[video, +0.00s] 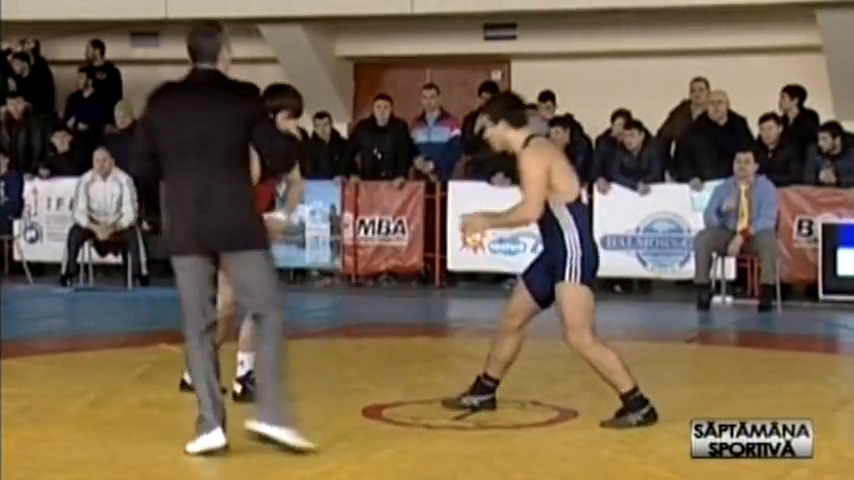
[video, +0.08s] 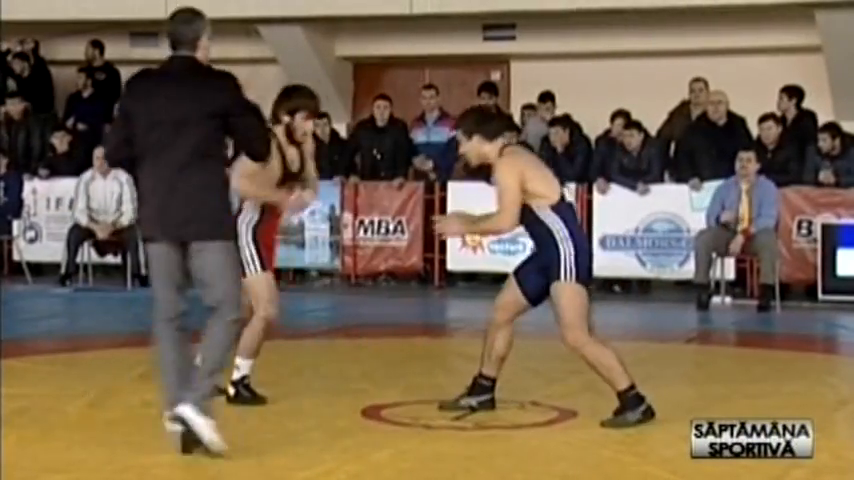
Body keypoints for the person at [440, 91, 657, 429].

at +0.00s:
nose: (487, 138)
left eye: (487, 130)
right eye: (484, 132)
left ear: (503, 124)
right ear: (509, 124)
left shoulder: (535, 153)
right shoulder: (535, 150)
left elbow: (531, 211)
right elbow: (531, 210)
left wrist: (486, 221)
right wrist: (490, 223)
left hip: (573, 252)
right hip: (554, 252)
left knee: (579, 336)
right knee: (512, 319)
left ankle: (636, 402)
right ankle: (484, 390)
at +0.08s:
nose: (461, 150)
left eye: (464, 142)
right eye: (460, 143)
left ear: (484, 139)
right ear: (488, 138)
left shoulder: (509, 164)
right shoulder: (514, 157)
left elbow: (506, 222)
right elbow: (512, 213)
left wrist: (466, 226)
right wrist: (476, 224)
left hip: (566, 249)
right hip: (546, 251)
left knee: (575, 334)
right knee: (502, 313)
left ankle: (633, 400)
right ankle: (483, 389)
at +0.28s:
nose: (427, 186)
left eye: (428, 178)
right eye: (425, 179)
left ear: (445, 171)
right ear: (450, 169)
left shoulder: (466, 192)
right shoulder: (475, 183)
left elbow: (468, 251)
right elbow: (492, 235)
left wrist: (424, 238)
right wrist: (452, 225)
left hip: (558, 254)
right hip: (539, 258)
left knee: (582, 331)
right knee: (484, 309)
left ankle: (646, 395)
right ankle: (480, 390)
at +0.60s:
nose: (438, 172)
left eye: (442, 166)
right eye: (439, 166)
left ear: (457, 166)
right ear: (467, 166)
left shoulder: (472, 195)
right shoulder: (478, 191)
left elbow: (423, 230)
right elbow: (442, 240)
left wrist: (409, 187)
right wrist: (424, 195)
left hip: (538, 271)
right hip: (518, 270)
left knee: (563, 356)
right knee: (457, 314)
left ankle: (639, 402)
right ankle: (475, 391)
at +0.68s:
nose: (466, 137)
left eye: (474, 132)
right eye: (470, 130)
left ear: (492, 140)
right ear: (495, 142)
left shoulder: (499, 173)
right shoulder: (492, 172)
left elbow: (442, 204)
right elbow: (449, 206)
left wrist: (439, 158)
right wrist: (441, 161)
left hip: (533, 264)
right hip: (511, 265)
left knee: (554, 349)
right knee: (451, 318)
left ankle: (628, 398)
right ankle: (472, 392)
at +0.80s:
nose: (525, 110)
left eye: (533, 106)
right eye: (528, 105)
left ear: (548, 117)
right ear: (545, 116)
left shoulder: (544, 149)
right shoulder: (535, 146)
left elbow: (483, 158)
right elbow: (489, 157)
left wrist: (485, 118)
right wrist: (491, 119)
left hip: (551, 247)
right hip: (522, 248)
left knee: (572, 335)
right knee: (472, 317)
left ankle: (630, 397)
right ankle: (471, 390)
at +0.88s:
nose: (541, 97)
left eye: (548, 93)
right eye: (542, 91)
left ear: (565, 103)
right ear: (547, 99)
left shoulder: (569, 134)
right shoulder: (541, 128)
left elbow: (506, 151)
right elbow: (507, 150)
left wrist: (511, 109)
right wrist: (512, 100)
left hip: (574, 242)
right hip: (538, 241)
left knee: (595, 328)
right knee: (492, 311)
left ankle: (641, 397)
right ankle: (481, 382)